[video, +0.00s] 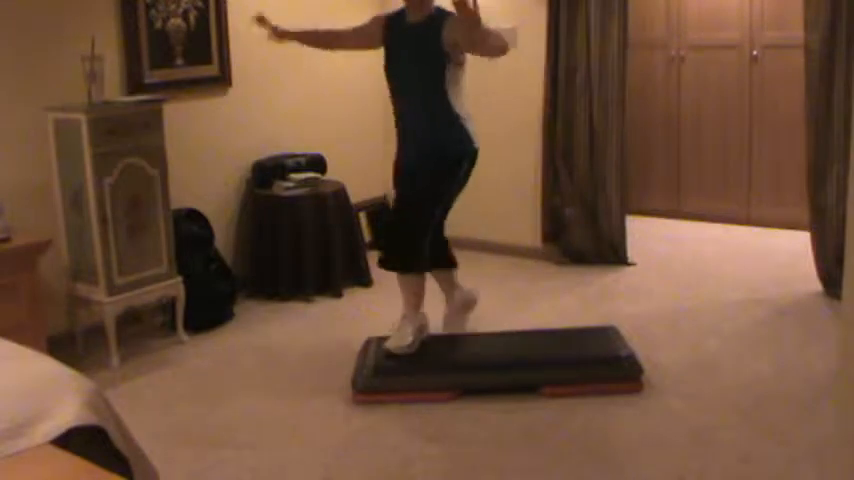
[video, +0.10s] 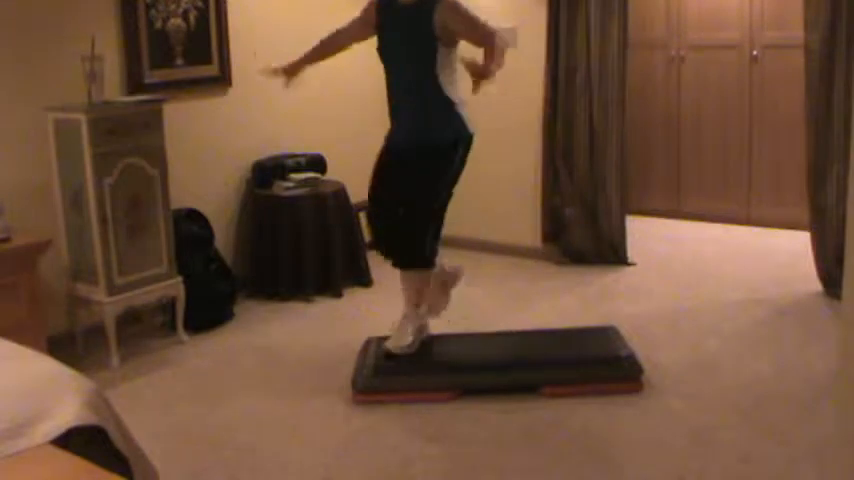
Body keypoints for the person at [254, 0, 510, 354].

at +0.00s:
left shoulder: (448, 24)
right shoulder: (388, 26)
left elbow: (499, 47)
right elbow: (338, 39)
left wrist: (477, 31)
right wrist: (287, 35)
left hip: (450, 148)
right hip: (411, 149)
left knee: (406, 229)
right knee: (423, 228)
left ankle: (413, 319)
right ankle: (456, 295)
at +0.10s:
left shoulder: (441, 9)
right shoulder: (379, 10)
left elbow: (493, 40)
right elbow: (342, 38)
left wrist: (486, 70)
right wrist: (298, 64)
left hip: (444, 135)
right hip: (404, 134)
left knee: (418, 223)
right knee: (381, 218)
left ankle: (413, 319)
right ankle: (434, 279)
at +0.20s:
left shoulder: (434, 7)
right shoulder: (373, 9)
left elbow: (486, 49)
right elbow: (357, 48)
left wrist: (488, 104)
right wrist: (334, 89)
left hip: (441, 128)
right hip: (398, 125)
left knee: (418, 223)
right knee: (360, 193)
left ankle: (413, 317)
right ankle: (410, 241)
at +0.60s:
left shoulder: (436, 7)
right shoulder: (362, 7)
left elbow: (472, 35)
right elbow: (326, 35)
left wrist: (509, 61)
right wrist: (289, 69)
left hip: (425, 128)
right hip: (379, 127)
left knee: (415, 223)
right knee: (367, 216)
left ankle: (414, 316)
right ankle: (386, 270)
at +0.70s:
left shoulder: (435, 11)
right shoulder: (362, 8)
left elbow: (489, 28)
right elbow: (313, 22)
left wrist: (528, 21)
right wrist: (264, 35)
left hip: (425, 135)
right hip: (377, 136)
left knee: (412, 230)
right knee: (380, 228)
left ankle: (414, 318)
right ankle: (381, 305)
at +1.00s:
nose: (433, 5)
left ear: (433, 5)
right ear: (402, 3)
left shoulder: (441, 40)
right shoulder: (371, 41)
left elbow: (484, 55)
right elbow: (323, 59)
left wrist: (524, 60)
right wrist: (291, 72)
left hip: (434, 149)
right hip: (387, 152)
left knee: (447, 226)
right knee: (391, 238)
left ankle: (444, 299)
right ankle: (382, 316)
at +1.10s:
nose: (446, 3)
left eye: (446, 1)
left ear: (444, 5)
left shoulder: (453, 34)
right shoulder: (386, 32)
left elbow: (486, 68)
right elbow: (333, 68)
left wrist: (513, 100)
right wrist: (309, 115)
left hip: (442, 145)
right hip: (396, 147)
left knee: (464, 224)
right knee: (393, 232)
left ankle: (462, 295)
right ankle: (382, 313)